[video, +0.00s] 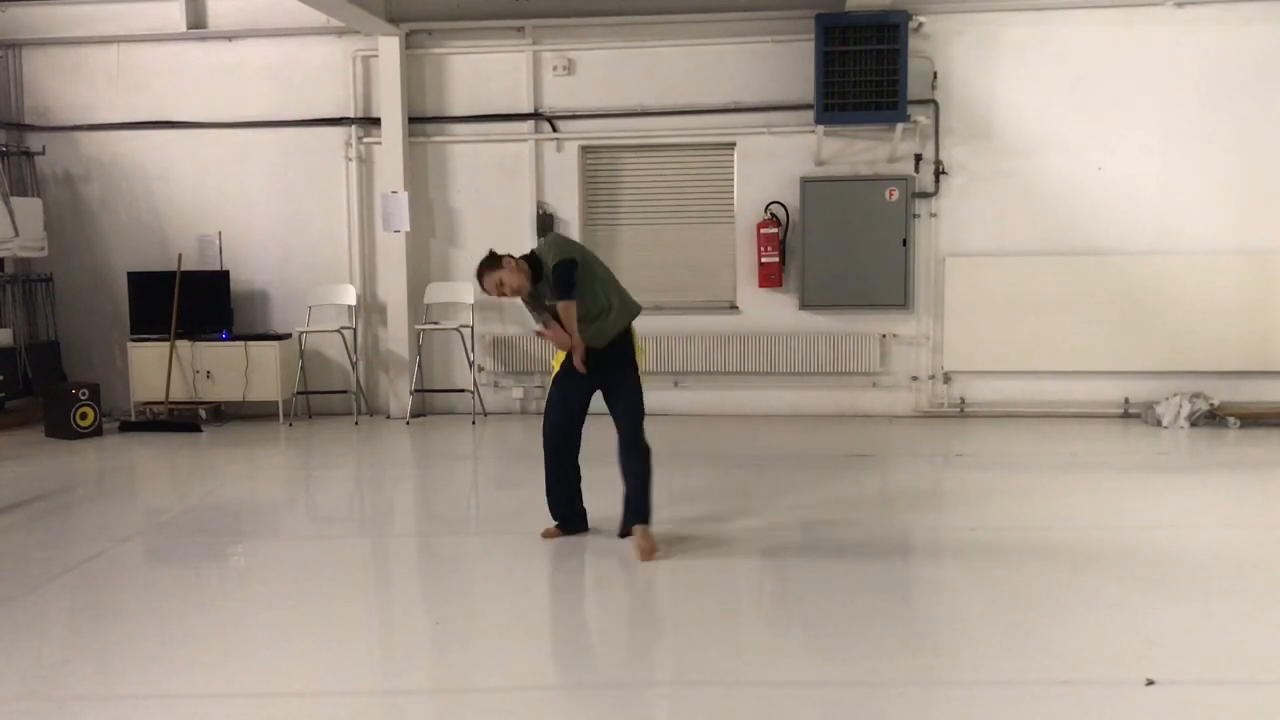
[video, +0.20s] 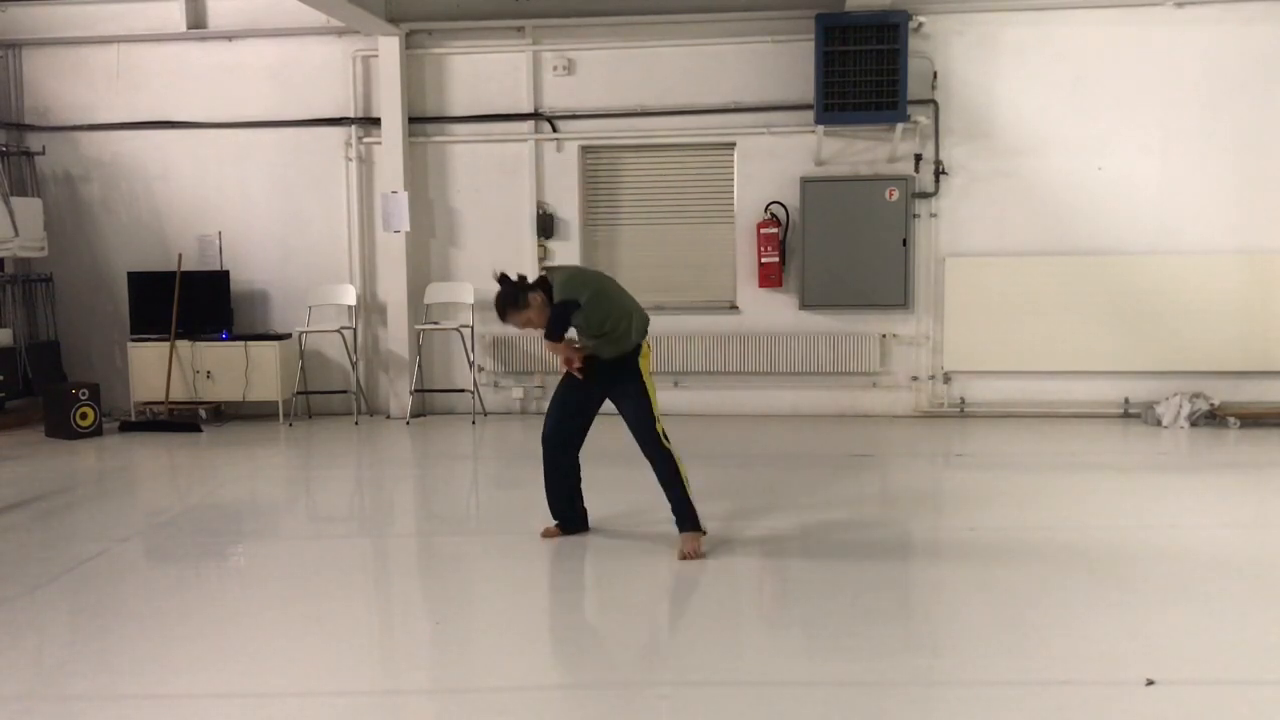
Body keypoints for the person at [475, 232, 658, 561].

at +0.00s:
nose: (507, 292)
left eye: (501, 283)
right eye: (501, 293)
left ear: (510, 262)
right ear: (504, 295)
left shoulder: (553, 248)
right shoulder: (535, 298)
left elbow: (564, 285)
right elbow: (555, 330)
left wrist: (576, 339)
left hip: (615, 342)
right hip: (578, 353)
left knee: (631, 432)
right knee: (557, 433)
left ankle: (638, 523)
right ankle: (571, 519)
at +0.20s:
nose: (530, 328)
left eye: (526, 322)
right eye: (524, 326)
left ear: (534, 299)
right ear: (534, 299)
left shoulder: (567, 286)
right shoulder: (546, 290)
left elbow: (552, 338)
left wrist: (559, 345)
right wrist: (568, 350)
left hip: (627, 355)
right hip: (589, 358)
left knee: (652, 441)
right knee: (556, 439)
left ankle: (689, 526)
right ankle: (572, 520)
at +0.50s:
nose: (582, 350)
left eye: (585, 345)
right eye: (577, 346)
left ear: (598, 330)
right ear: (568, 314)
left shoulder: (630, 320)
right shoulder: (583, 295)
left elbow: (615, 368)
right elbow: (574, 268)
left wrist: (567, 401)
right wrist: (560, 305)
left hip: (615, 384)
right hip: (584, 373)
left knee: (621, 463)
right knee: (530, 445)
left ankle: (682, 535)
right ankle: (569, 518)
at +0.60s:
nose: (597, 344)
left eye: (606, 341)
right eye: (593, 336)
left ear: (624, 329)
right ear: (589, 316)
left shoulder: (648, 329)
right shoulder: (602, 289)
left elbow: (655, 358)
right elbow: (596, 272)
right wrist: (572, 302)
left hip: (598, 398)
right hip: (567, 380)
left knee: (614, 474)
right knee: (516, 452)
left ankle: (680, 538)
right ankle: (567, 517)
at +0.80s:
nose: (642, 303)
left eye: (651, 309)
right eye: (648, 297)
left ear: (664, 322)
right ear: (653, 287)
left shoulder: (663, 341)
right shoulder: (632, 285)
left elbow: (713, 368)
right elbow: (610, 312)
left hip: (579, 396)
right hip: (550, 375)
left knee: (608, 473)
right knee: (502, 460)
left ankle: (675, 539)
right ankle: (565, 514)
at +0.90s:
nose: (674, 287)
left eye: (681, 296)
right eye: (680, 284)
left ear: (680, 314)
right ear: (673, 280)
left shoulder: (666, 334)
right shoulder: (636, 286)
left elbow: (713, 377)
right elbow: (611, 316)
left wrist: (769, 411)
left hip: (581, 391)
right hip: (552, 371)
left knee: (614, 472)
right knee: (508, 459)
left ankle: (676, 540)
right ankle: (565, 516)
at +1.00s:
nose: (689, 272)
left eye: (697, 280)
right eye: (694, 270)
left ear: (690, 302)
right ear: (678, 274)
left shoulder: (668, 327)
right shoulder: (633, 288)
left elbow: (692, 378)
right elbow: (606, 324)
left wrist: (727, 421)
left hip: (591, 388)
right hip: (560, 370)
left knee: (619, 471)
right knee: (520, 459)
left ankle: (680, 540)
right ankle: (567, 518)